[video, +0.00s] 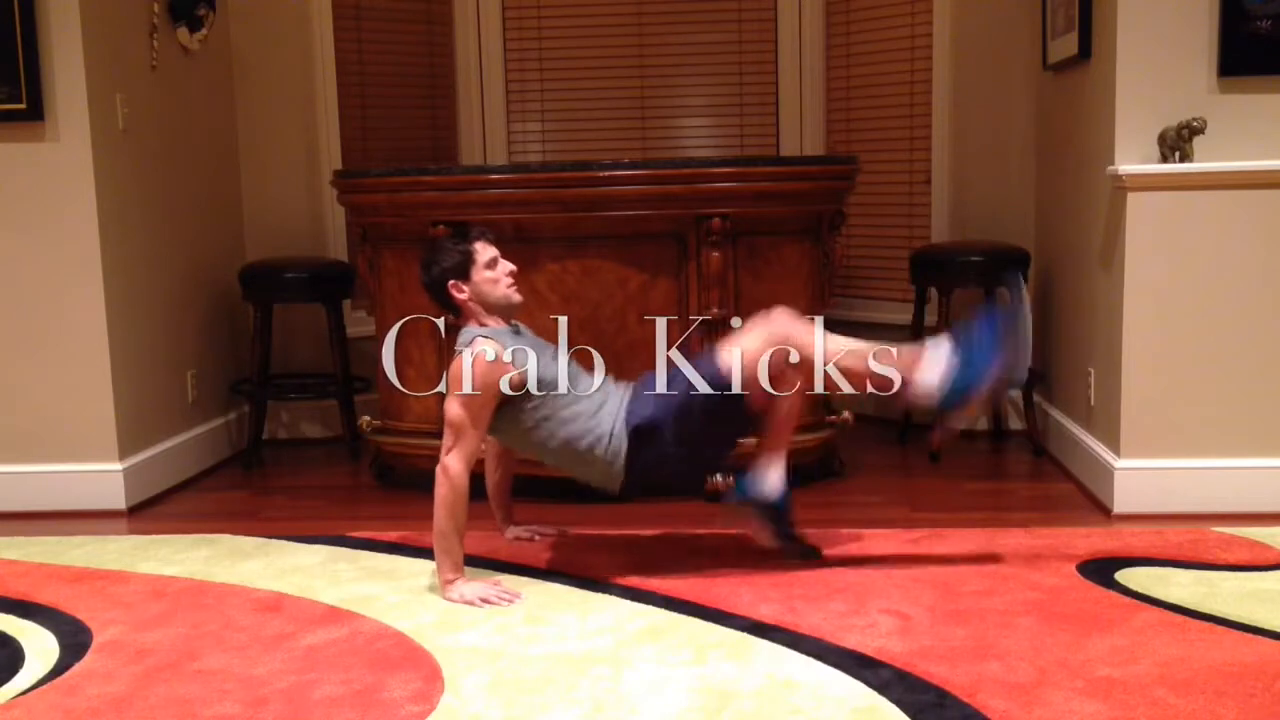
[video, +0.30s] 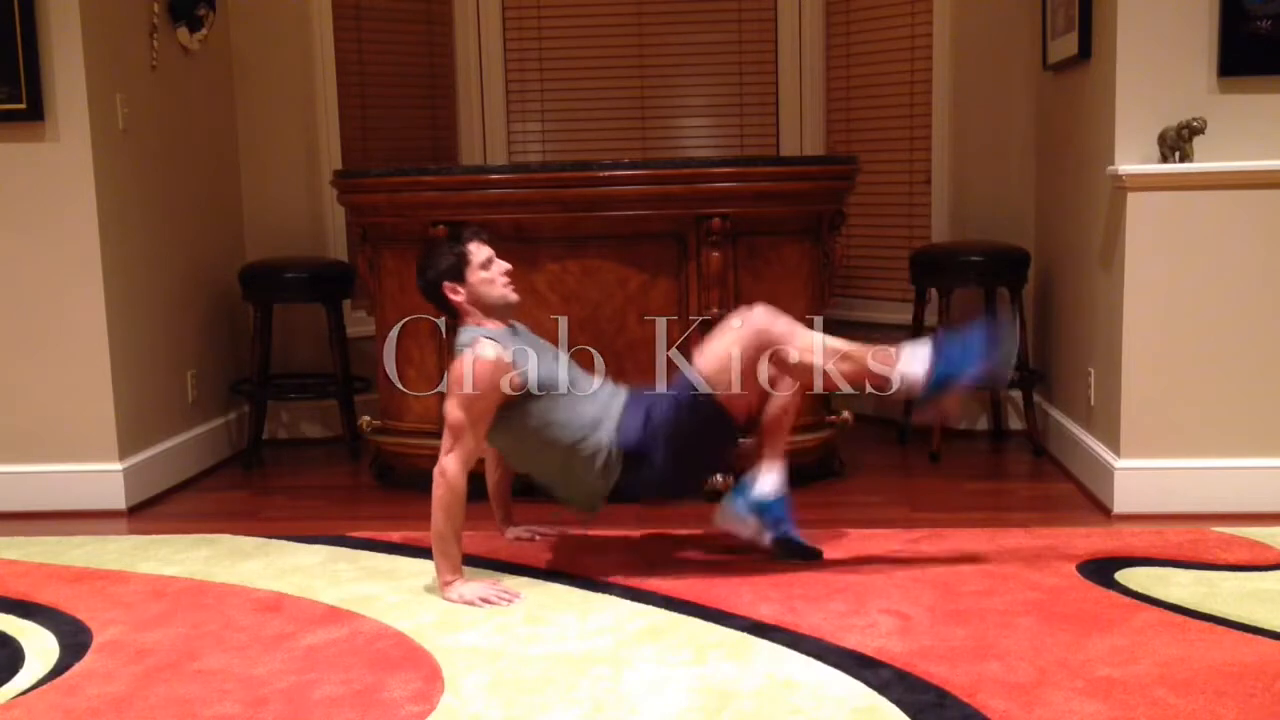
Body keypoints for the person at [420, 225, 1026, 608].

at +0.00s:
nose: (510, 270)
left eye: (504, 260)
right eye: (494, 266)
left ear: (489, 282)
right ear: (464, 292)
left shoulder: (506, 340)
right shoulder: (478, 355)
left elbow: (494, 441)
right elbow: (451, 464)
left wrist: (499, 524)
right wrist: (449, 576)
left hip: (642, 419)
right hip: (635, 445)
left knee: (783, 337)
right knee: (781, 329)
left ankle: (765, 484)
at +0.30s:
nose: (506, 269)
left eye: (499, 260)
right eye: (490, 265)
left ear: (480, 285)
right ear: (458, 293)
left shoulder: (505, 341)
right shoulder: (479, 359)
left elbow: (491, 443)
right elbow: (449, 467)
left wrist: (501, 523)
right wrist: (449, 578)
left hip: (653, 432)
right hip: (644, 450)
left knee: (790, 352)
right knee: (756, 320)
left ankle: (761, 498)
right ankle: (910, 367)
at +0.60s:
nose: (517, 274)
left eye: (510, 267)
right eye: (501, 273)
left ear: (501, 293)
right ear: (476, 306)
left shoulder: (526, 341)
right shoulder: (498, 364)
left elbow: (498, 436)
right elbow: (458, 463)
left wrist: (501, 519)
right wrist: (447, 578)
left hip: (630, 471)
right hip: (616, 498)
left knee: (797, 389)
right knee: (740, 380)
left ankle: (896, 319)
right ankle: (756, 532)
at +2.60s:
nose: (520, 274)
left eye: (513, 265)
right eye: (504, 271)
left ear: (496, 290)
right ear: (474, 298)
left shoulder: (519, 340)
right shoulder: (494, 362)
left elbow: (498, 438)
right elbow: (456, 464)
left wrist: (500, 520)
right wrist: (447, 577)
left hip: (638, 459)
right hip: (628, 481)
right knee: (760, 377)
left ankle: (903, 318)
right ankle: (770, 529)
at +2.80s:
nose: (510, 270)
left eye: (504, 261)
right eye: (494, 266)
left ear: (482, 284)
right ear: (459, 292)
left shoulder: (504, 337)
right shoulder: (480, 359)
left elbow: (491, 438)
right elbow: (451, 466)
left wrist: (499, 519)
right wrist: (449, 577)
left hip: (647, 419)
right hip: (643, 454)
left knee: (771, 326)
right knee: (800, 375)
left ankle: (904, 407)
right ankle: (777, 528)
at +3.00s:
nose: (500, 269)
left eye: (493, 260)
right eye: (484, 266)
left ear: (473, 283)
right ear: (451, 292)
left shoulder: (497, 341)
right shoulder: (469, 359)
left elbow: (488, 442)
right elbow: (448, 465)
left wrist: (498, 520)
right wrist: (447, 576)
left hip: (639, 408)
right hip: (633, 424)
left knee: (788, 350)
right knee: (776, 319)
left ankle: (757, 475)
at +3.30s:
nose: (504, 267)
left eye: (498, 258)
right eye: (487, 264)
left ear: (478, 282)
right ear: (454, 291)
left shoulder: (502, 337)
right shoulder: (475, 360)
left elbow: (489, 441)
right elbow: (446, 468)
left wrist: (503, 524)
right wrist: (447, 577)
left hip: (640, 433)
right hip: (633, 461)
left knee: (772, 343)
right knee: (758, 336)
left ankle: (737, 503)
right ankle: (913, 337)